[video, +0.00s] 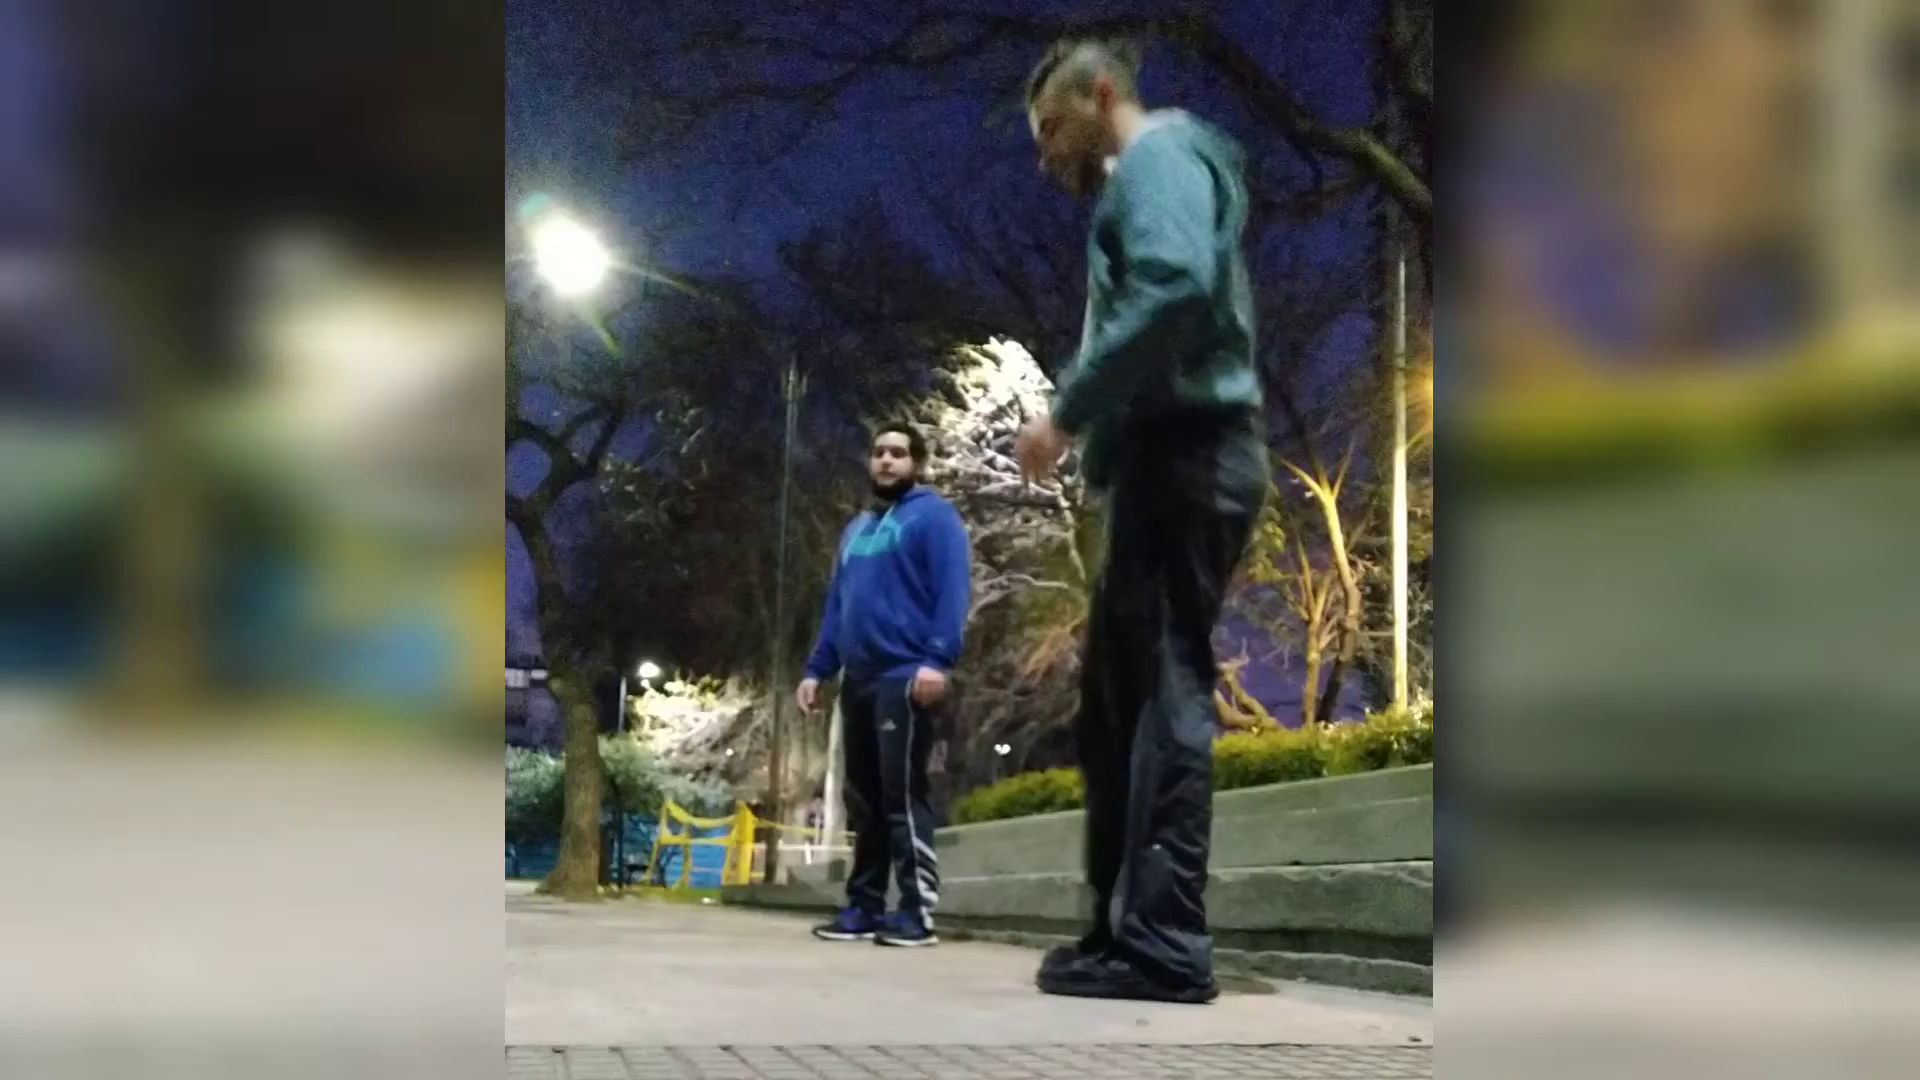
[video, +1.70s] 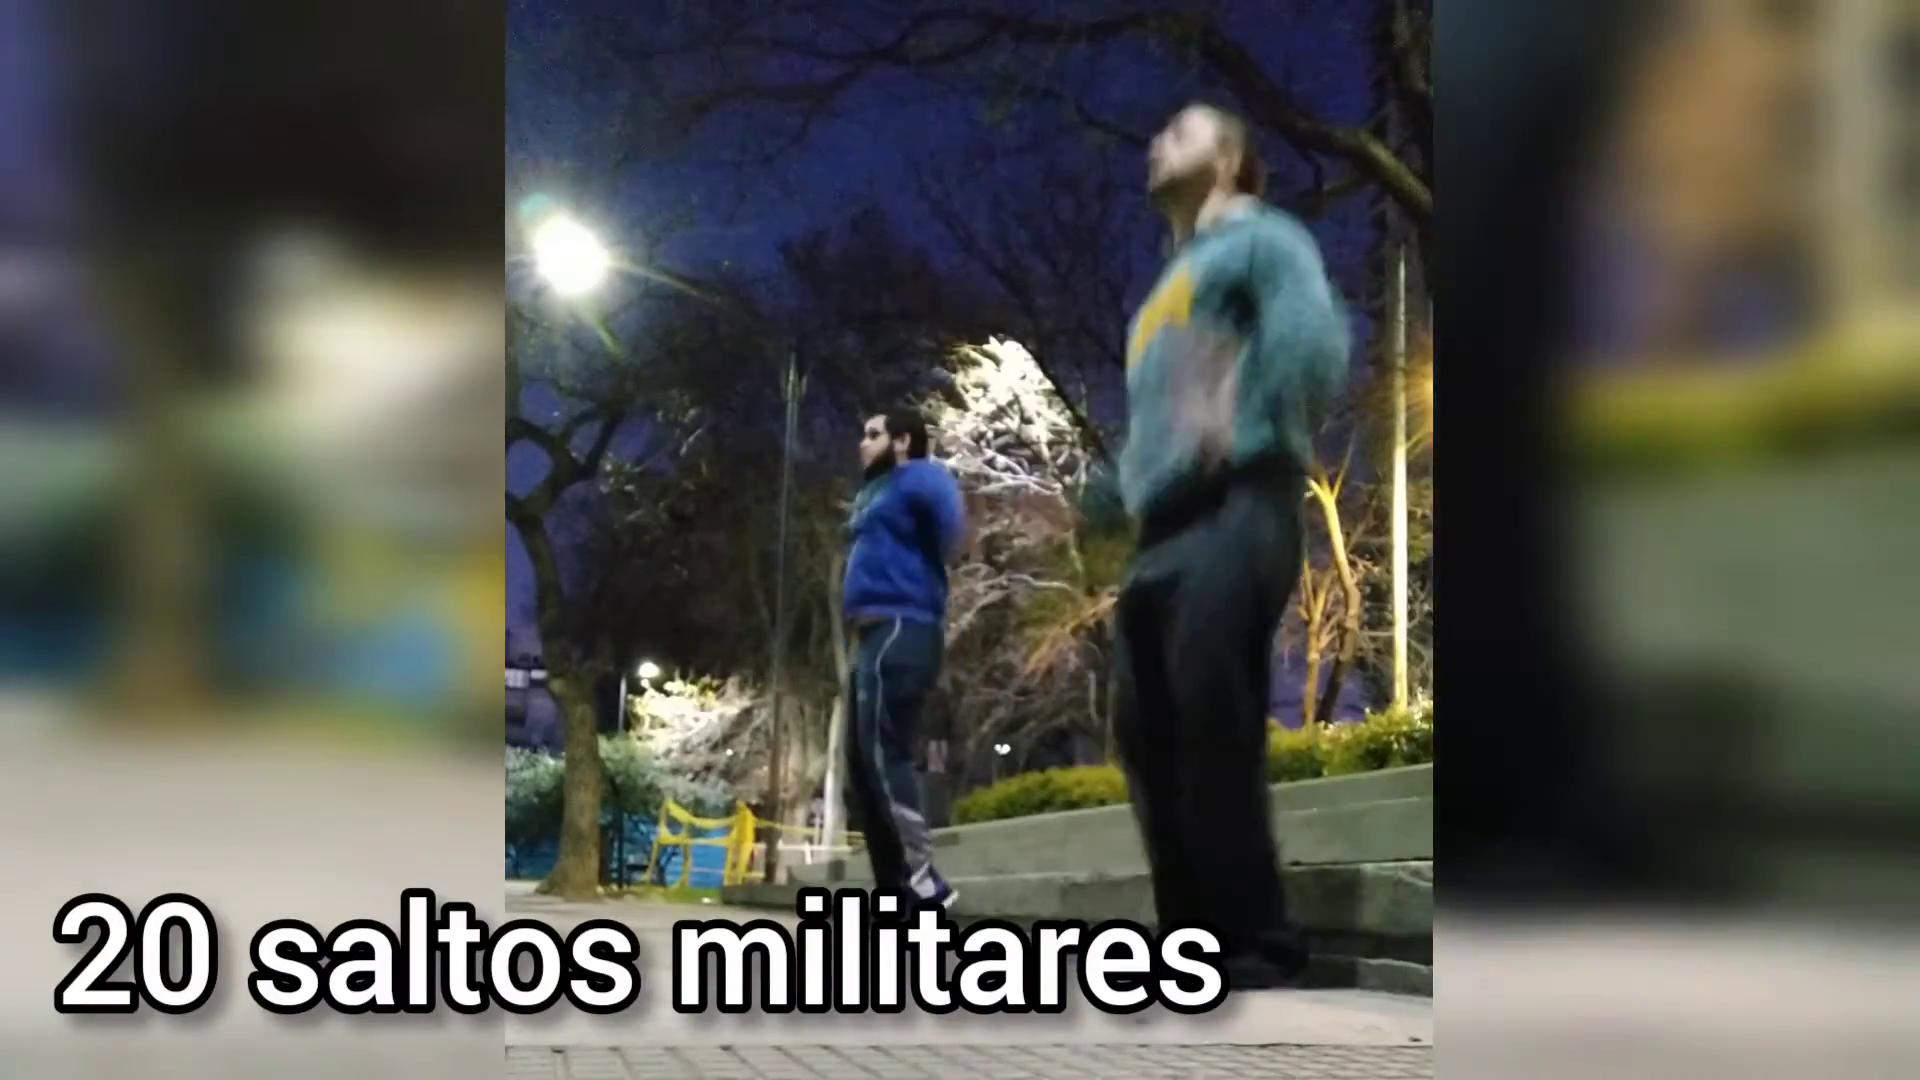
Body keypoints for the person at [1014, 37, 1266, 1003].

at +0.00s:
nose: (1046, 156)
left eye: (1050, 131)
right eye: (1039, 138)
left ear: (1100, 99)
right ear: (1104, 106)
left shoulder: (1161, 156)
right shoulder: (1147, 173)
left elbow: (1173, 285)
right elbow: (1171, 323)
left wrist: (1066, 411)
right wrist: (1098, 442)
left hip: (1190, 456)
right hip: (1166, 459)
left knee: (1160, 692)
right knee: (1113, 698)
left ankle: (1164, 944)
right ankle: (1121, 935)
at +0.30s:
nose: (1049, 176)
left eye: (1062, 153)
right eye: (1042, 163)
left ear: (1117, 142)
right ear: (1059, 169)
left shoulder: (1179, 212)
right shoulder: (1108, 262)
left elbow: (1264, 311)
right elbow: (1120, 386)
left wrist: (1218, 443)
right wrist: (1093, 480)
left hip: (1172, 489)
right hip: (1122, 504)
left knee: (1110, 706)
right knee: (1100, 713)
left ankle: (1182, 921)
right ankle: (1133, 925)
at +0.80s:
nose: (1100, 130)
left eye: (1121, 115)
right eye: (1101, 119)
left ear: (1174, 134)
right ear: (1120, 149)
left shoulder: (1215, 215)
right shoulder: (1123, 255)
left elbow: (1267, 321)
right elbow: (1115, 389)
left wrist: (1213, 390)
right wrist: (1087, 482)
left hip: (1202, 488)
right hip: (1127, 506)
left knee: (1174, 690)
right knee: (1111, 706)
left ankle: (1205, 933)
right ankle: (1150, 930)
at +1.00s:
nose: (1128, 116)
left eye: (1149, 104)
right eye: (1131, 108)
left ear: (1200, 130)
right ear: (1147, 142)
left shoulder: (1227, 193)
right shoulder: (1132, 248)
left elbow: (1283, 82)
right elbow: (1077, 302)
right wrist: (1036, 220)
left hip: (1205, 451)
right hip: (1132, 481)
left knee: (1216, 661)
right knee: (1104, 706)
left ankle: (1307, 905)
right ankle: (1114, 918)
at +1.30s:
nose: (1156, 127)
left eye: (1176, 118)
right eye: (1158, 121)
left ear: (1224, 141)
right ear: (1165, 156)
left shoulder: (1245, 207)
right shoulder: (1145, 258)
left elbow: (1304, 76)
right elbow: (1111, 298)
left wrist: (1287, 4)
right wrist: (1061, 212)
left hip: (1222, 463)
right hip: (1148, 488)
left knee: (1237, 675)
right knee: (1121, 712)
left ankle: (1331, 920)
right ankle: (1114, 932)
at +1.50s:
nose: (1146, 138)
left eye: (1166, 124)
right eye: (1147, 126)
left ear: (1216, 142)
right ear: (1167, 153)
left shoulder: (1254, 212)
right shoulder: (1172, 251)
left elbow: (1339, 297)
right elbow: (1172, 372)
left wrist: (1285, 383)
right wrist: (1125, 451)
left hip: (1222, 486)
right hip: (1161, 498)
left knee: (1205, 703)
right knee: (1125, 711)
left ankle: (1250, 928)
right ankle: (1178, 927)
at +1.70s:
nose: (1162, 139)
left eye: (1184, 127)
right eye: (1160, 132)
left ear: (1231, 154)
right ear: (1162, 169)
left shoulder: (1264, 236)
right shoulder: (1165, 287)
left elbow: (1309, 339)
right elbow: (1158, 425)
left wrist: (1255, 445)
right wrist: (1098, 494)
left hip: (1239, 508)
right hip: (1163, 526)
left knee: (1210, 716)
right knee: (1147, 729)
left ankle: (1254, 943)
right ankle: (1190, 941)